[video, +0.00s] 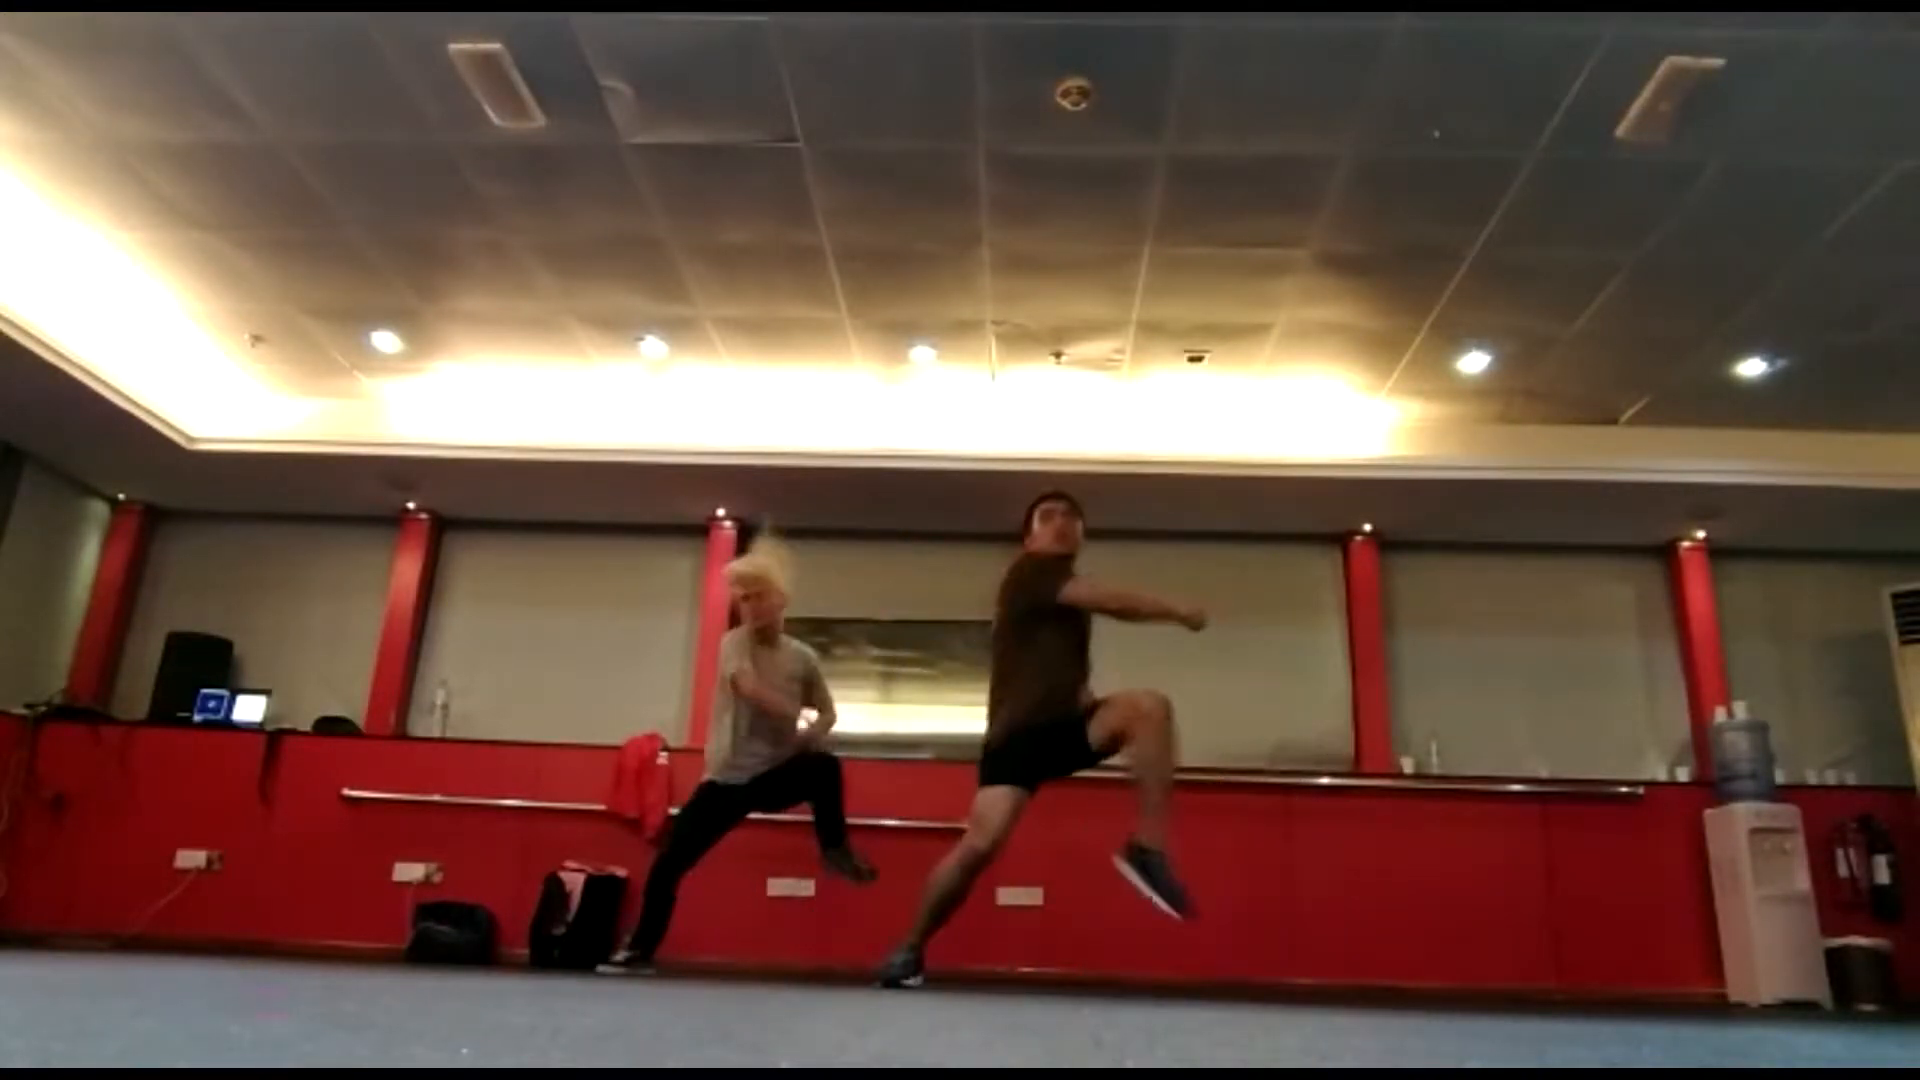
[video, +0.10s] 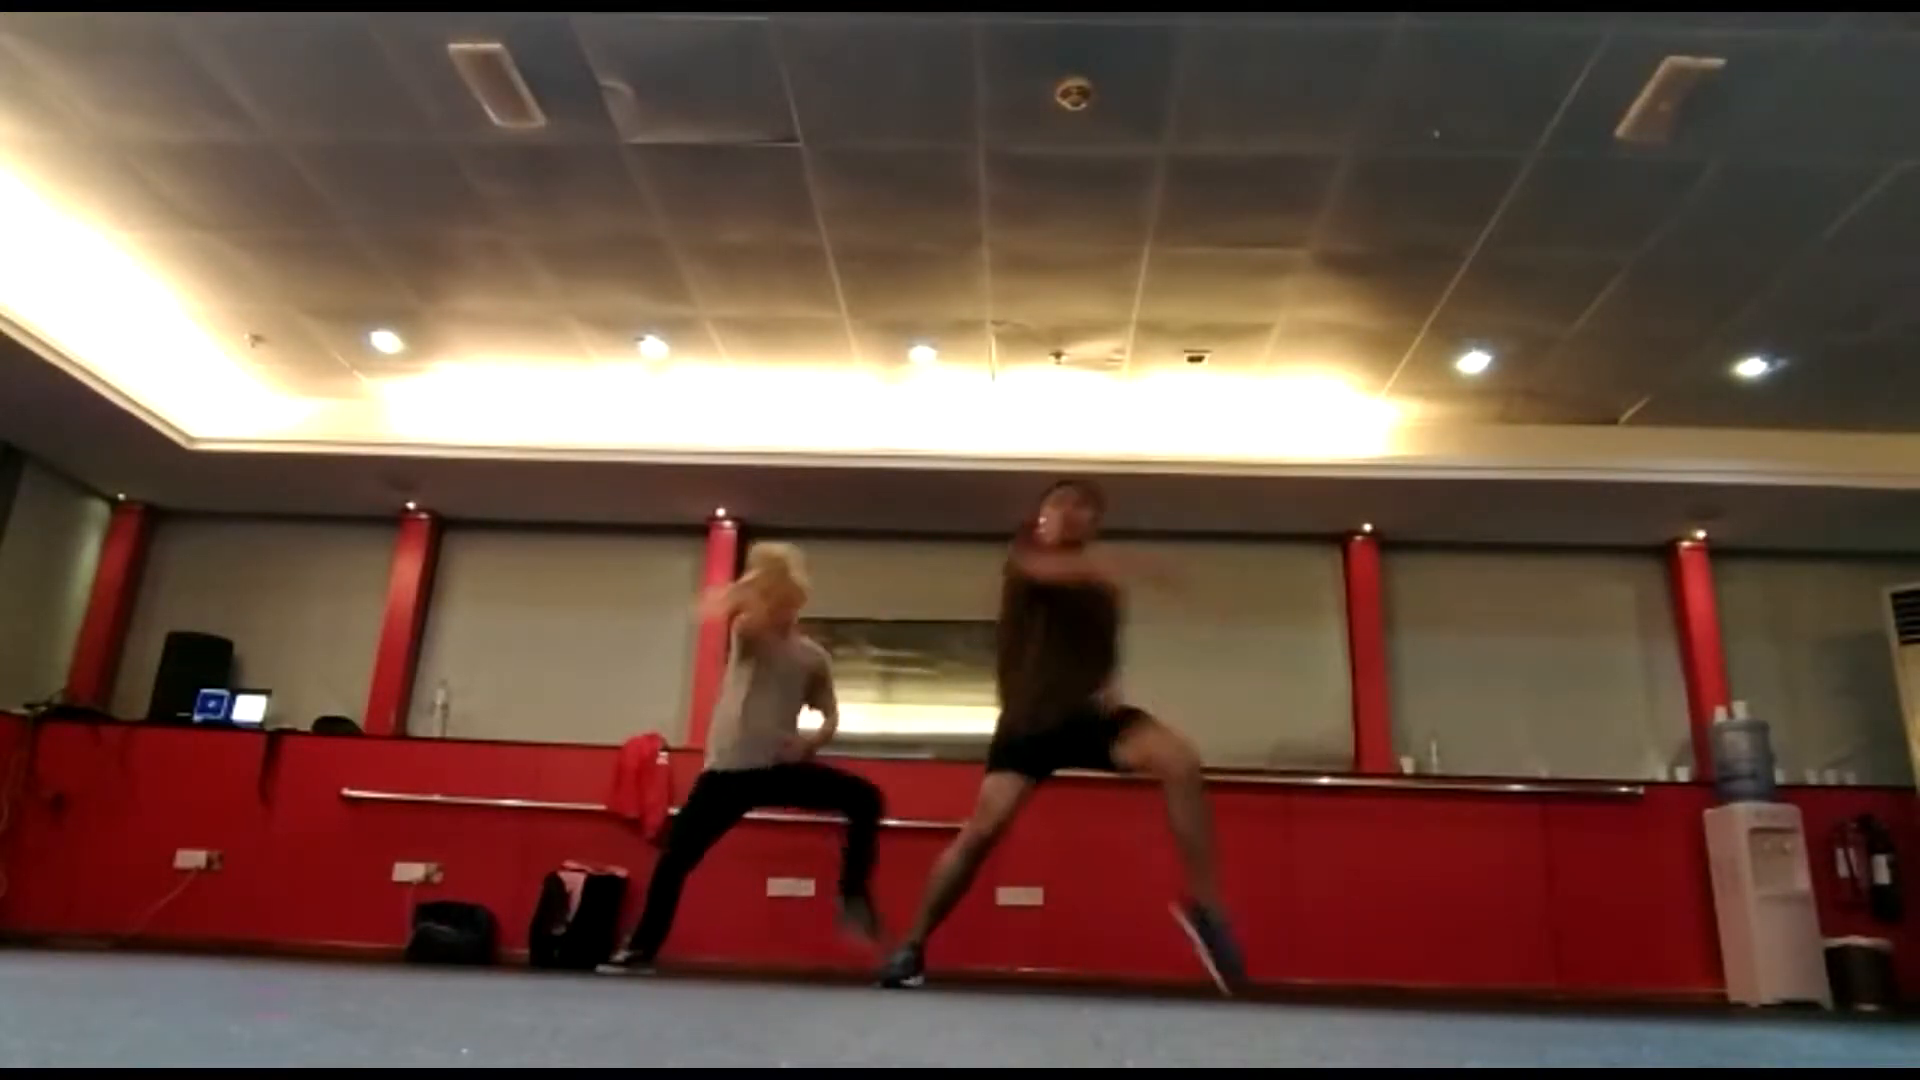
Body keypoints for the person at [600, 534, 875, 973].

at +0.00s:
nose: (749, 608)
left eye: (756, 598)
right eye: (743, 600)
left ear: (780, 600)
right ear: (736, 604)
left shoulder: (800, 658)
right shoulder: (735, 644)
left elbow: (827, 713)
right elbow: (745, 687)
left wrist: (807, 741)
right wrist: (794, 712)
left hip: (774, 777)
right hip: (726, 781)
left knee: (824, 765)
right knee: (669, 862)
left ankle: (836, 849)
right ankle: (641, 949)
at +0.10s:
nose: (768, 602)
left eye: (775, 593)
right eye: (762, 593)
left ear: (792, 598)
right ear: (750, 597)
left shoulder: (811, 656)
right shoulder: (747, 637)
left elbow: (830, 718)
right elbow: (743, 624)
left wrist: (809, 746)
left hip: (780, 772)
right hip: (728, 774)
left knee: (863, 798)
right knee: (675, 858)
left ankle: (855, 900)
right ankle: (642, 950)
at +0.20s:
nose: (817, 611)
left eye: (822, 601)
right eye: (808, 600)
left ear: (829, 606)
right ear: (788, 602)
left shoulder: (832, 668)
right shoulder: (766, 641)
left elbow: (855, 735)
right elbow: (735, 613)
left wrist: (823, 758)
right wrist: (748, 577)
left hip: (800, 786)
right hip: (747, 780)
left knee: (876, 847)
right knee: (696, 865)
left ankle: (851, 956)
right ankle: (632, 947)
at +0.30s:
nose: (817, 600)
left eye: (826, 591)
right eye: (809, 591)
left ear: (839, 598)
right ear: (797, 598)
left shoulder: (853, 650)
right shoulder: (781, 640)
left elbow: (883, 711)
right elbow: (737, 652)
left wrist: (853, 751)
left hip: (830, 781)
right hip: (775, 781)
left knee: (892, 851)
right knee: (713, 864)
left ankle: (857, 954)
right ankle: (643, 945)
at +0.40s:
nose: (806, 606)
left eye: (814, 596)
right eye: (798, 598)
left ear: (831, 601)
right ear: (789, 606)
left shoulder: (859, 639)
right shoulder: (796, 653)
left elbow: (906, 685)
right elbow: (768, 696)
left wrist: (879, 738)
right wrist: (762, 745)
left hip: (874, 777)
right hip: (827, 779)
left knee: (855, 867)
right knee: (768, 834)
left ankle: (893, 950)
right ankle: (768, 936)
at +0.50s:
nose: (795, 630)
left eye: (803, 619)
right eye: (787, 622)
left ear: (826, 620)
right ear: (782, 630)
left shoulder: (849, 661)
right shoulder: (801, 678)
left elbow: (896, 713)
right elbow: (797, 743)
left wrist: (885, 773)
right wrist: (796, 799)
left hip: (903, 770)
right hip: (859, 775)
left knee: (857, 860)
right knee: (819, 853)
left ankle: (906, 952)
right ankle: (853, 951)